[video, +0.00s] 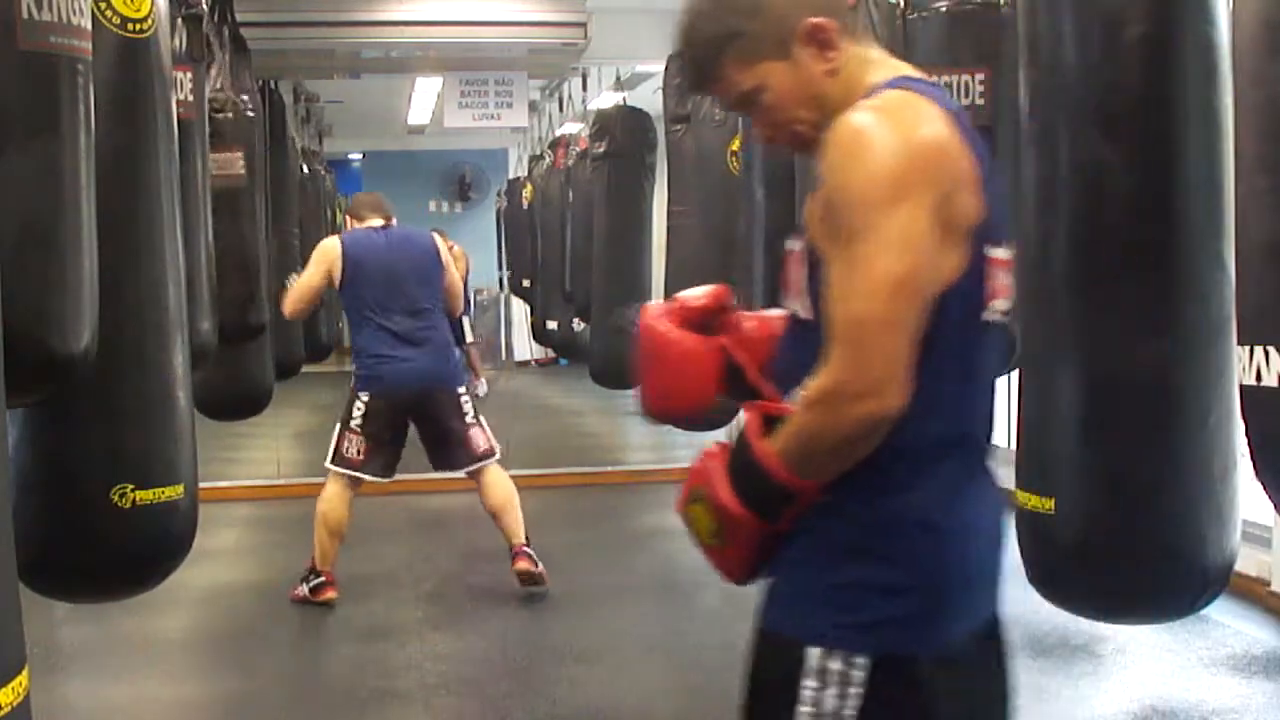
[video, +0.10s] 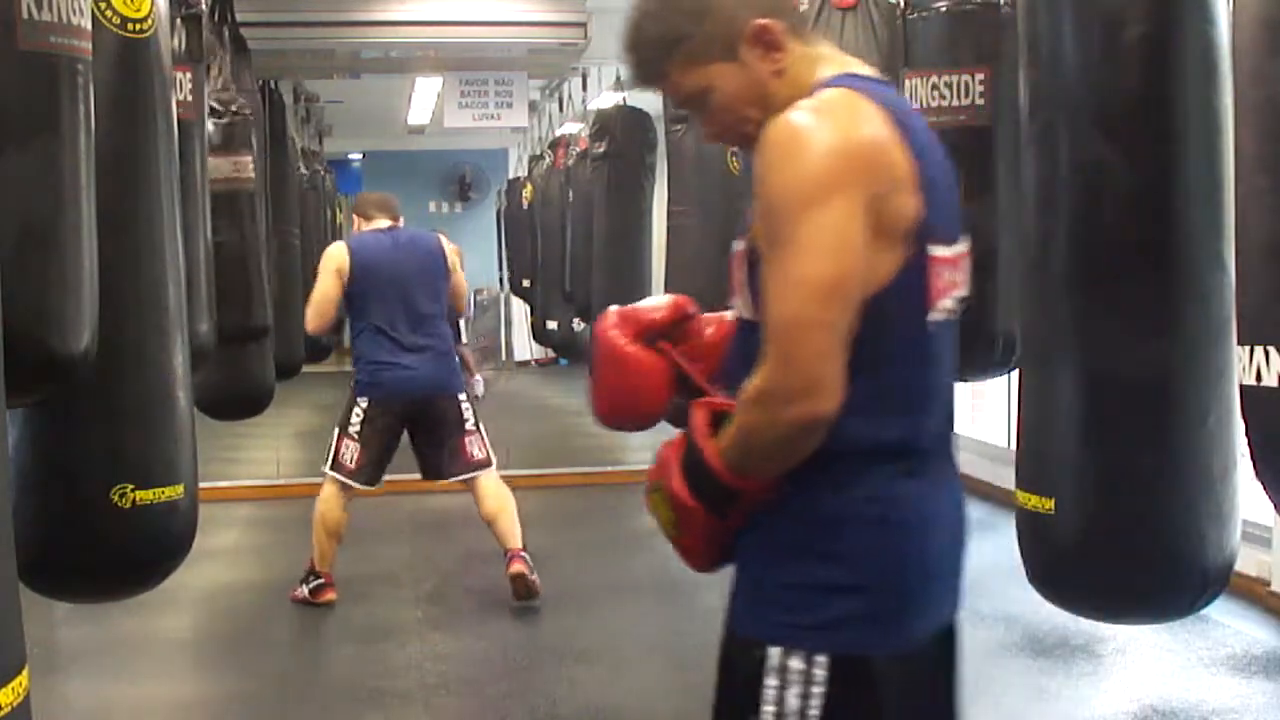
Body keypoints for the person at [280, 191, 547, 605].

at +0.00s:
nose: (344, 227)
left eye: (345, 222)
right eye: (347, 222)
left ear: (350, 222)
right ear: (392, 220)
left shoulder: (334, 248)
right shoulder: (432, 243)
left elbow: (293, 308)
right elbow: (456, 307)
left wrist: (297, 283)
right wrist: (455, 266)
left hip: (380, 380)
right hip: (441, 376)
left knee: (340, 479)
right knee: (485, 466)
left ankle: (320, 575)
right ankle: (521, 549)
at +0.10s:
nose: (352, 229)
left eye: (352, 224)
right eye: (354, 224)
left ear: (358, 222)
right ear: (400, 221)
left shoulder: (341, 253)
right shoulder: (439, 245)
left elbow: (316, 323)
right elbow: (462, 307)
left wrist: (343, 284)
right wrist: (449, 267)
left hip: (380, 387)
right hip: (441, 383)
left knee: (338, 485)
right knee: (484, 475)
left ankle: (319, 576)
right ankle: (517, 554)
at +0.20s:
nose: (367, 236)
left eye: (368, 230)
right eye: (368, 231)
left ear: (376, 227)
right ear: (415, 225)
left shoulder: (359, 259)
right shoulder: (458, 256)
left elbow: (331, 329)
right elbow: (474, 316)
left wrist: (329, 306)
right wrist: (437, 297)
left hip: (388, 400)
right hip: (451, 399)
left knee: (340, 493)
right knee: (485, 493)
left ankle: (322, 579)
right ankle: (509, 578)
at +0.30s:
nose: (395, 241)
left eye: (395, 235)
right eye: (397, 236)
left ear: (402, 231)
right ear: (441, 232)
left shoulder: (386, 261)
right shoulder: (483, 268)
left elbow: (349, 328)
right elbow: (493, 330)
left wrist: (344, 308)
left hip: (406, 406)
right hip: (470, 406)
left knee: (355, 499)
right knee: (499, 502)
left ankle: (323, 581)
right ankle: (512, 590)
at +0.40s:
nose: (410, 232)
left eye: (410, 225)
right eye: (411, 227)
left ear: (419, 221)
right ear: (461, 225)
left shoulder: (402, 251)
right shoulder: (501, 263)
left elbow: (366, 319)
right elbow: (509, 329)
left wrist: (384, 280)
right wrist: (472, 302)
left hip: (417, 402)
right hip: (479, 404)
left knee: (368, 489)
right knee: (499, 501)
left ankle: (340, 580)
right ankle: (511, 595)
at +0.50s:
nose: (411, 216)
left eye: (411, 211)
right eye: (412, 211)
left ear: (422, 206)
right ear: (460, 207)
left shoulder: (406, 239)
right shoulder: (505, 247)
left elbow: (366, 305)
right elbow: (520, 315)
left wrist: (383, 271)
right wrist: (476, 294)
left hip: (418, 390)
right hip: (481, 392)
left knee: (377, 487)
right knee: (499, 494)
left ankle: (378, 581)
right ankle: (510, 593)